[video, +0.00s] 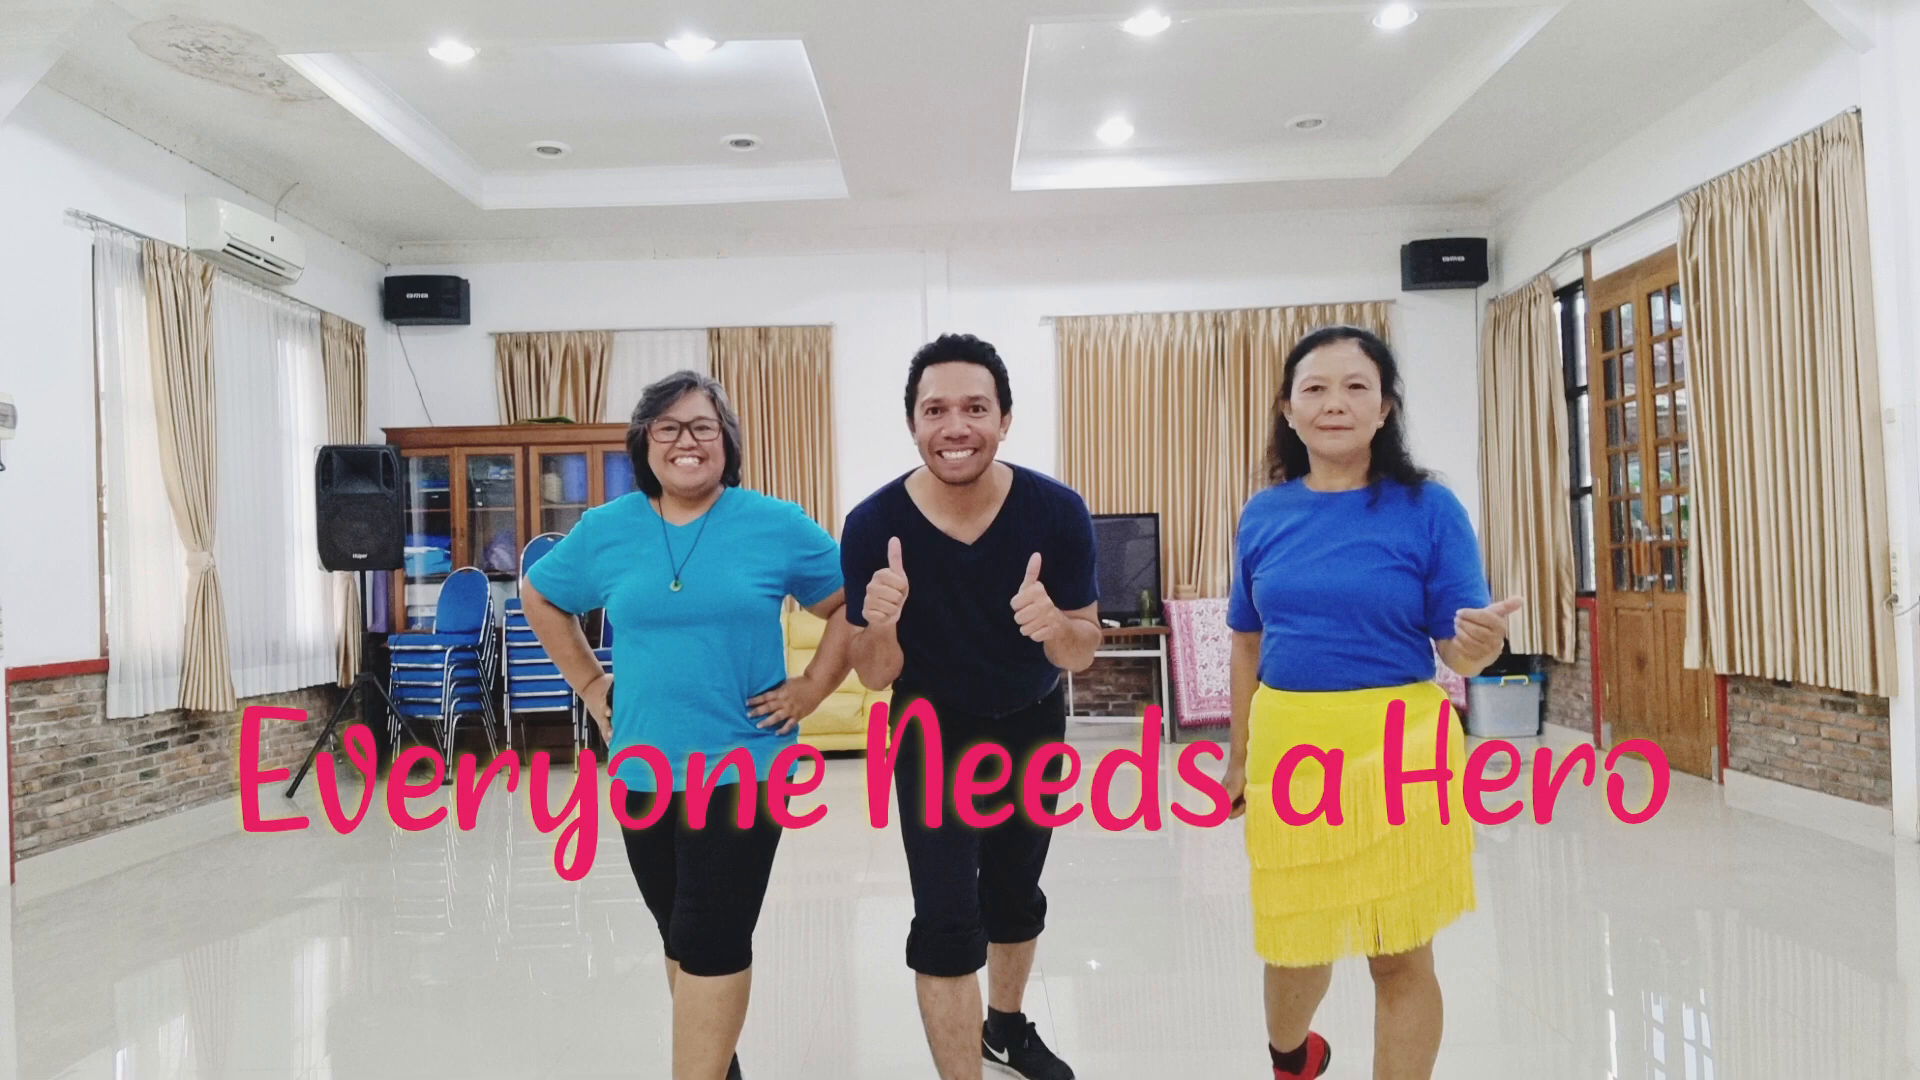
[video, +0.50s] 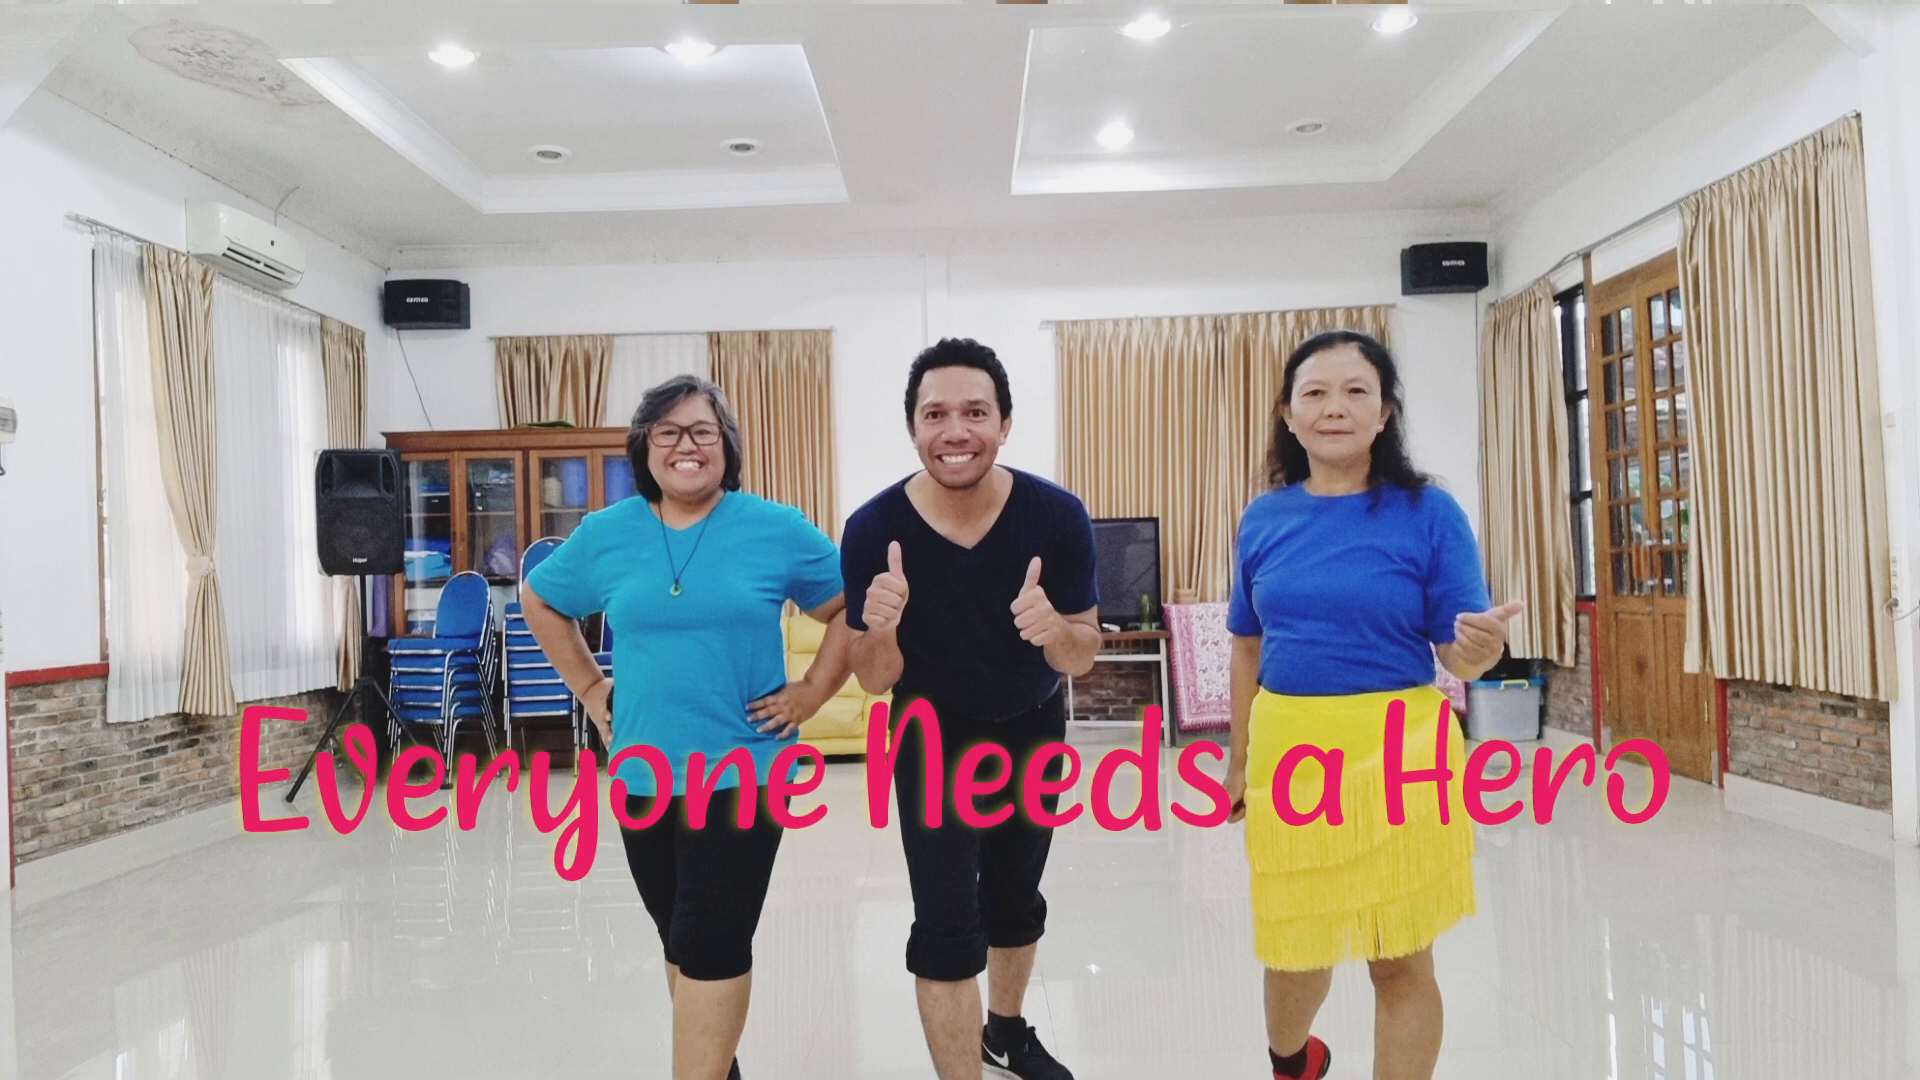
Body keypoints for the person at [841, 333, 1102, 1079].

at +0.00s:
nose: (955, 426)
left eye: (975, 408)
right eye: (936, 409)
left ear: (1004, 421)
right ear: (913, 424)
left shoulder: (1059, 514)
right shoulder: (873, 526)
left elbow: (1080, 654)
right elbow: (875, 673)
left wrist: (1054, 626)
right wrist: (879, 627)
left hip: (1030, 722)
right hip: (930, 726)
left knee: (1016, 894)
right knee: (948, 920)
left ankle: (1005, 1026)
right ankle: (959, 1075)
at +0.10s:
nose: (955, 426)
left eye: (975, 408)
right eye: (936, 409)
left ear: (1004, 421)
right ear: (913, 424)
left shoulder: (1059, 514)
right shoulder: (873, 526)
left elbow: (1080, 654)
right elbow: (875, 673)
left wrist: (1054, 626)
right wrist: (879, 627)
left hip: (1030, 722)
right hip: (930, 726)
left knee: (1016, 894)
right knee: (948, 920)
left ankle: (1005, 1026)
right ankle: (959, 1075)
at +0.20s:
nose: (955, 426)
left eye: (975, 408)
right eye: (936, 409)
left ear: (1004, 421)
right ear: (913, 424)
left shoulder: (1059, 514)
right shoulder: (873, 526)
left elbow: (1080, 654)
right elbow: (875, 673)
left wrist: (1054, 626)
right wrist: (879, 627)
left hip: (1030, 722)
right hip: (930, 726)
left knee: (1016, 894)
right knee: (948, 920)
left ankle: (1005, 1026)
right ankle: (959, 1075)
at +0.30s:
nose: (955, 426)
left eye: (975, 408)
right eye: (936, 409)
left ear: (1004, 421)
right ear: (913, 424)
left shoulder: (1059, 514)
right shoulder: (873, 526)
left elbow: (1080, 654)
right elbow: (875, 673)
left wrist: (1054, 626)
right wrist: (879, 627)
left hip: (1030, 722)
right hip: (930, 726)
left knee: (1016, 894)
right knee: (948, 920)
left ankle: (1005, 1026)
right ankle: (959, 1075)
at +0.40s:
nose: (955, 426)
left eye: (975, 408)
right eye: (936, 409)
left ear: (1004, 421)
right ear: (913, 424)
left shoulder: (1059, 514)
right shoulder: (873, 526)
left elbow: (1080, 654)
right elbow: (875, 673)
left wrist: (1054, 626)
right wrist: (879, 627)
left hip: (1030, 722)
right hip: (930, 726)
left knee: (1016, 894)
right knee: (948, 920)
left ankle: (1005, 1026)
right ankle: (959, 1075)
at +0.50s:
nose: (955, 430)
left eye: (974, 412)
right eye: (936, 414)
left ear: (1004, 425)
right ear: (913, 428)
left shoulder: (1059, 518)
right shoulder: (872, 531)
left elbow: (1081, 657)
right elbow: (875, 677)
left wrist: (1055, 630)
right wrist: (879, 631)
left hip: (1030, 728)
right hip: (929, 732)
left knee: (1015, 901)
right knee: (949, 928)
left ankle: (1006, 1031)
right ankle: (959, 1077)